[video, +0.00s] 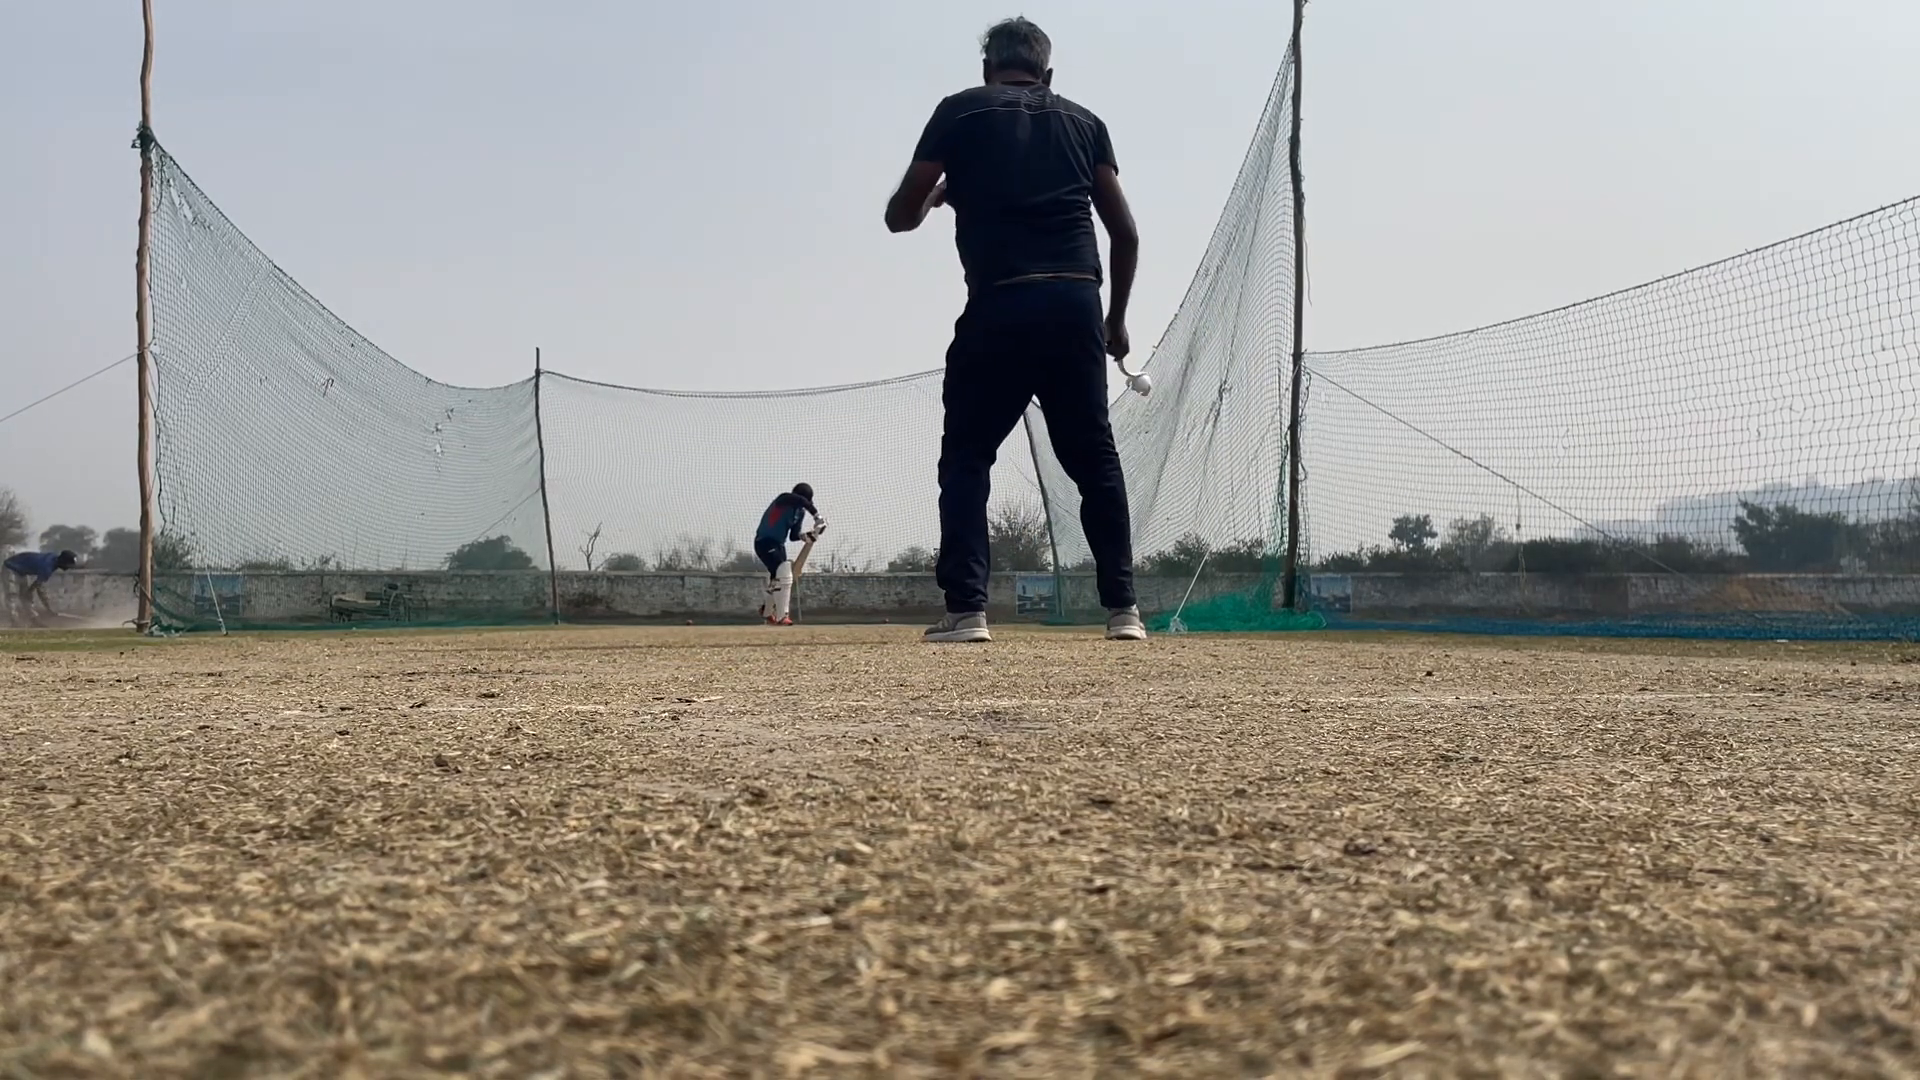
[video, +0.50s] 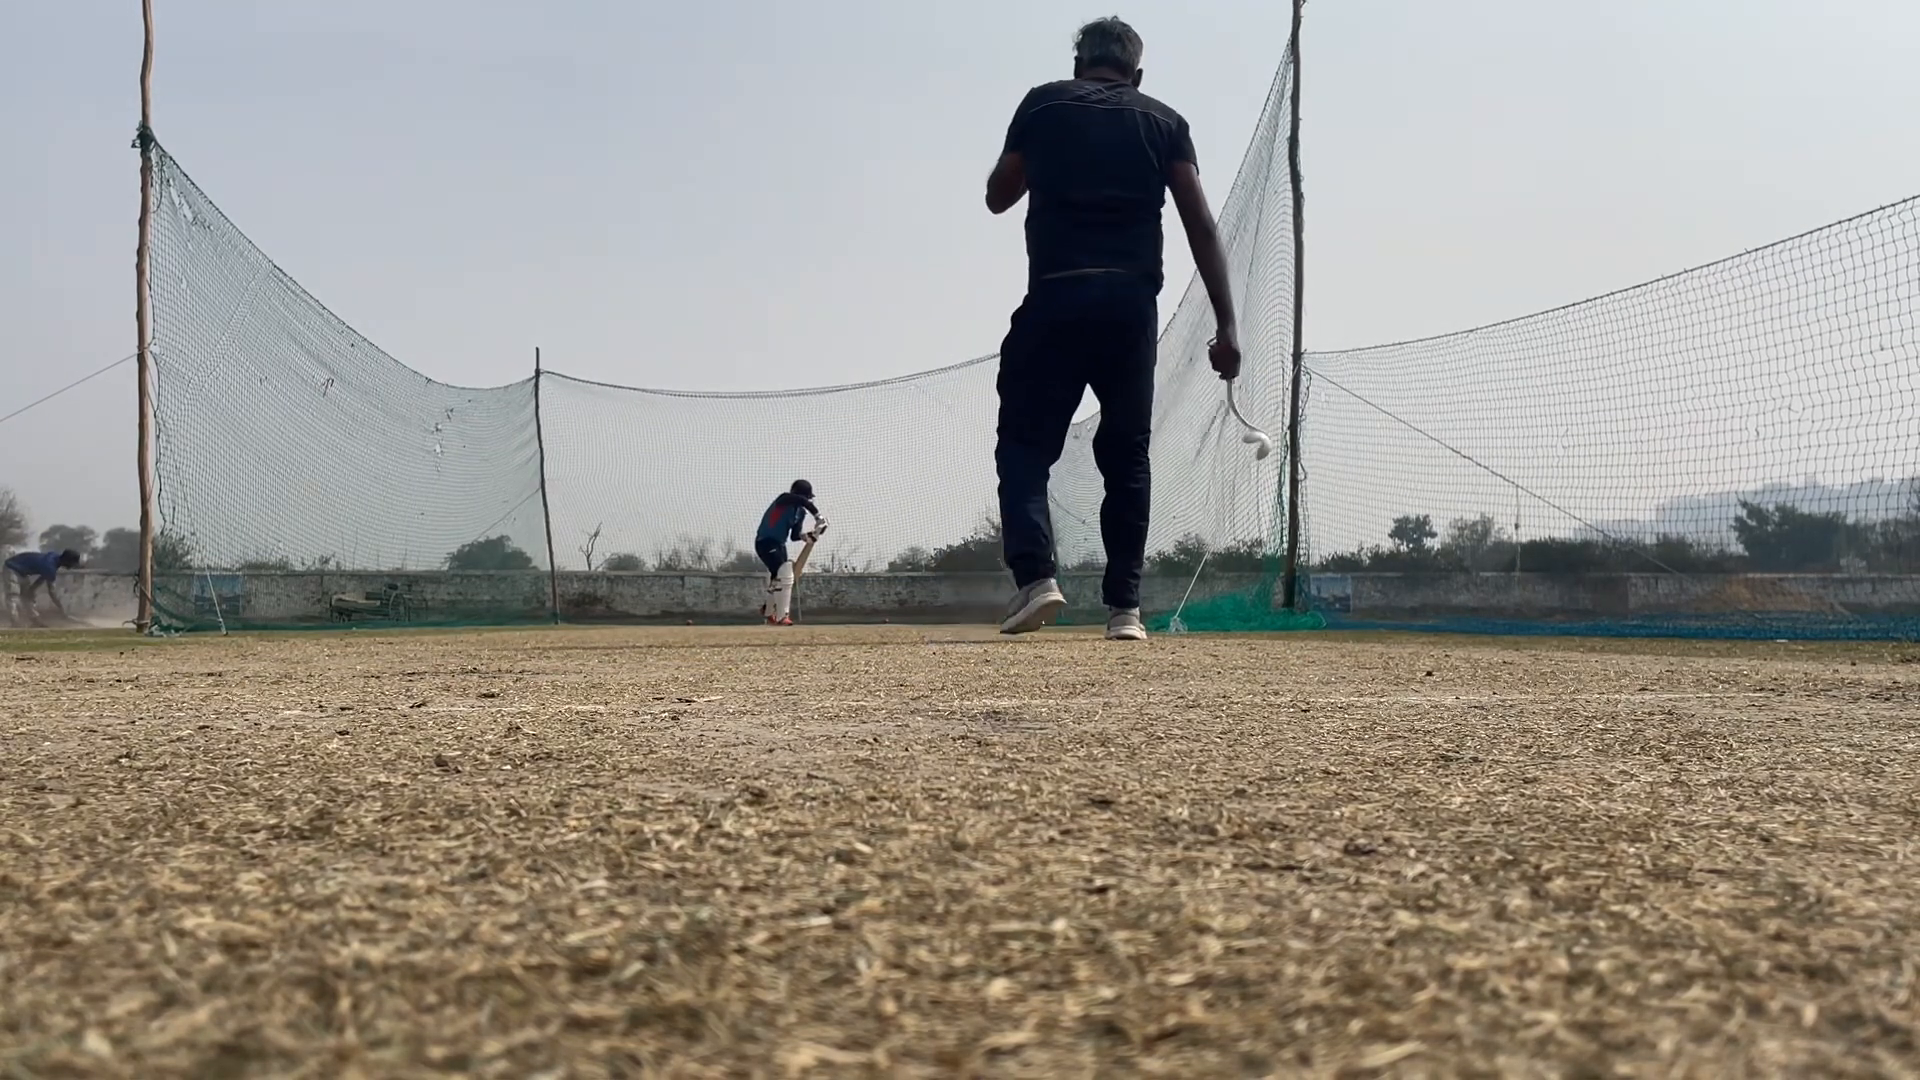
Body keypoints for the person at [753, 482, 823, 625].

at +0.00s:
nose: (807, 503)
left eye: (808, 501)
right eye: (806, 499)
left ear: (803, 501)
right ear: (802, 497)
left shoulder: (800, 512)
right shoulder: (784, 498)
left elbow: (793, 536)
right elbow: (803, 501)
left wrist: (805, 535)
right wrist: (817, 516)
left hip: (778, 544)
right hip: (765, 541)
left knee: (777, 578)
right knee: (784, 574)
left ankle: (768, 613)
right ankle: (781, 616)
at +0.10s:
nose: (808, 503)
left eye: (808, 501)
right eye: (806, 500)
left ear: (803, 501)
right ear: (802, 497)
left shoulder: (800, 512)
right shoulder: (784, 498)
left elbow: (793, 536)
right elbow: (803, 501)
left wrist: (804, 536)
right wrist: (817, 517)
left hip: (778, 544)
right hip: (765, 541)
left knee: (777, 578)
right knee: (784, 574)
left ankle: (769, 613)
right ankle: (781, 616)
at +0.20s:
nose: (808, 503)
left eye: (808, 500)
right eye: (806, 499)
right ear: (803, 497)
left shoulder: (800, 512)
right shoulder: (785, 498)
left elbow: (794, 536)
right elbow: (803, 501)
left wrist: (806, 536)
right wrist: (817, 517)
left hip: (778, 544)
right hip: (765, 541)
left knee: (777, 579)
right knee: (784, 575)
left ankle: (769, 612)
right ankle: (781, 616)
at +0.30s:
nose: (808, 502)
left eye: (809, 500)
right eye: (807, 499)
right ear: (801, 496)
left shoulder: (800, 513)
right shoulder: (784, 498)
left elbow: (794, 536)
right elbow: (805, 503)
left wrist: (805, 536)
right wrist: (818, 518)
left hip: (778, 544)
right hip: (765, 541)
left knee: (777, 578)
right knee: (785, 574)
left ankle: (770, 613)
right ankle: (782, 616)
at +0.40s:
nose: (808, 501)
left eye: (809, 499)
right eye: (806, 498)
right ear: (800, 496)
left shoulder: (800, 512)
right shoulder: (784, 498)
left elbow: (794, 537)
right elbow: (804, 502)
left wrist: (807, 536)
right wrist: (818, 517)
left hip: (779, 544)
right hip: (766, 541)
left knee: (777, 578)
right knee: (785, 574)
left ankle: (770, 614)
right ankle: (782, 616)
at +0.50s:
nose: (808, 501)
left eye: (809, 498)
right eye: (807, 498)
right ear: (800, 495)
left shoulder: (800, 512)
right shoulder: (784, 498)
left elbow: (794, 536)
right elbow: (805, 502)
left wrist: (806, 536)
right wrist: (818, 517)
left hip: (778, 544)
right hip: (766, 541)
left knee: (777, 578)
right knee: (785, 574)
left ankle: (770, 614)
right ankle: (782, 616)